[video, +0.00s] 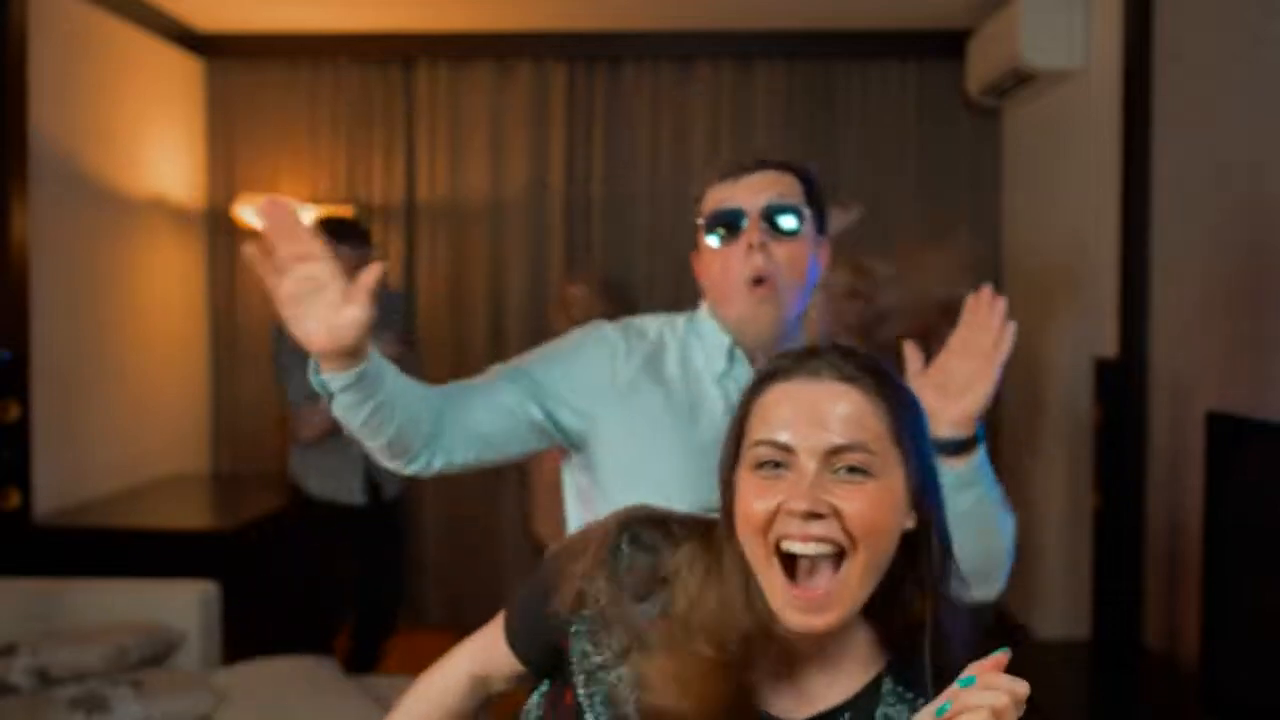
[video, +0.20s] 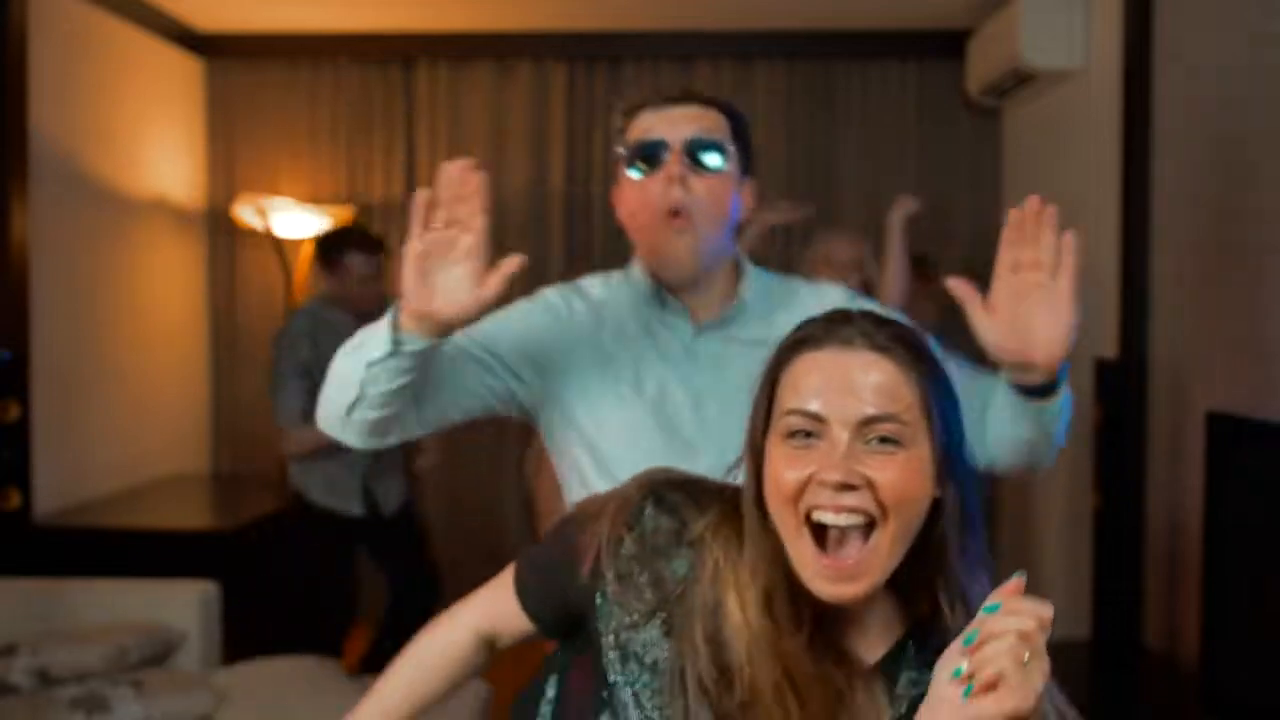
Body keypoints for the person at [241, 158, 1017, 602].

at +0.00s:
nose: (755, 247)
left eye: (784, 224)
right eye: (726, 228)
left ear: (824, 260)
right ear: (696, 266)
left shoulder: (851, 397)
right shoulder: (608, 362)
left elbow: (979, 583)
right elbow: (430, 433)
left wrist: (953, 445)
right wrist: (346, 359)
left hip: (794, 701)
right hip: (610, 693)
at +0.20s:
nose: (676, 177)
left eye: (706, 157)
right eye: (647, 160)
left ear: (748, 204)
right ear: (615, 204)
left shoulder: (835, 326)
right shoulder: (563, 329)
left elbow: (1008, 447)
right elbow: (354, 419)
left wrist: (1032, 385)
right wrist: (414, 332)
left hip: (812, 676)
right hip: (622, 681)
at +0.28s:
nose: (638, 157)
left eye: (669, 139)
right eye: (611, 141)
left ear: (713, 184)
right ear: (583, 186)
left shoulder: (812, 287)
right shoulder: (555, 319)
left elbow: (982, 360)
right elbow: (336, 412)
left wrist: (1069, 358)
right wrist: (444, 331)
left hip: (826, 642)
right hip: (636, 653)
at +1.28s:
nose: (584, 161)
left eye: (616, 142)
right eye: (557, 146)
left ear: (666, 181)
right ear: (527, 188)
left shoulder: (747, 277)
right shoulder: (502, 323)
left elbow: (958, 332)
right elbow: (339, 395)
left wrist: (968, 419)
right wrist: (156, 390)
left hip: (822, 651)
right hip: (619, 658)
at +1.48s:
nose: (664, 136)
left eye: (693, 115)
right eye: (632, 123)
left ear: (743, 160)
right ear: (600, 170)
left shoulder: (826, 294)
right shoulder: (534, 302)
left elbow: (986, 512)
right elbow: (329, 375)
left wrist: (900, 439)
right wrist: (105, 392)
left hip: (811, 687)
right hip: (592, 684)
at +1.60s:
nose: (709, 168)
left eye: (739, 148)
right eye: (676, 155)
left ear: (782, 191)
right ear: (648, 208)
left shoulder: (850, 352)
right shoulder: (565, 321)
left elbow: (951, 600)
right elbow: (378, 403)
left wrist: (885, 451)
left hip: (798, 692)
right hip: (621, 688)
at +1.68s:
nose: (734, 200)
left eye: (764, 180)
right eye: (702, 189)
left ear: (808, 225)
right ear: (672, 239)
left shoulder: (858, 389)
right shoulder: (583, 346)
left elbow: (931, 641)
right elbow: (401, 425)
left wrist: (884, 464)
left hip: (797, 704)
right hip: (620, 698)